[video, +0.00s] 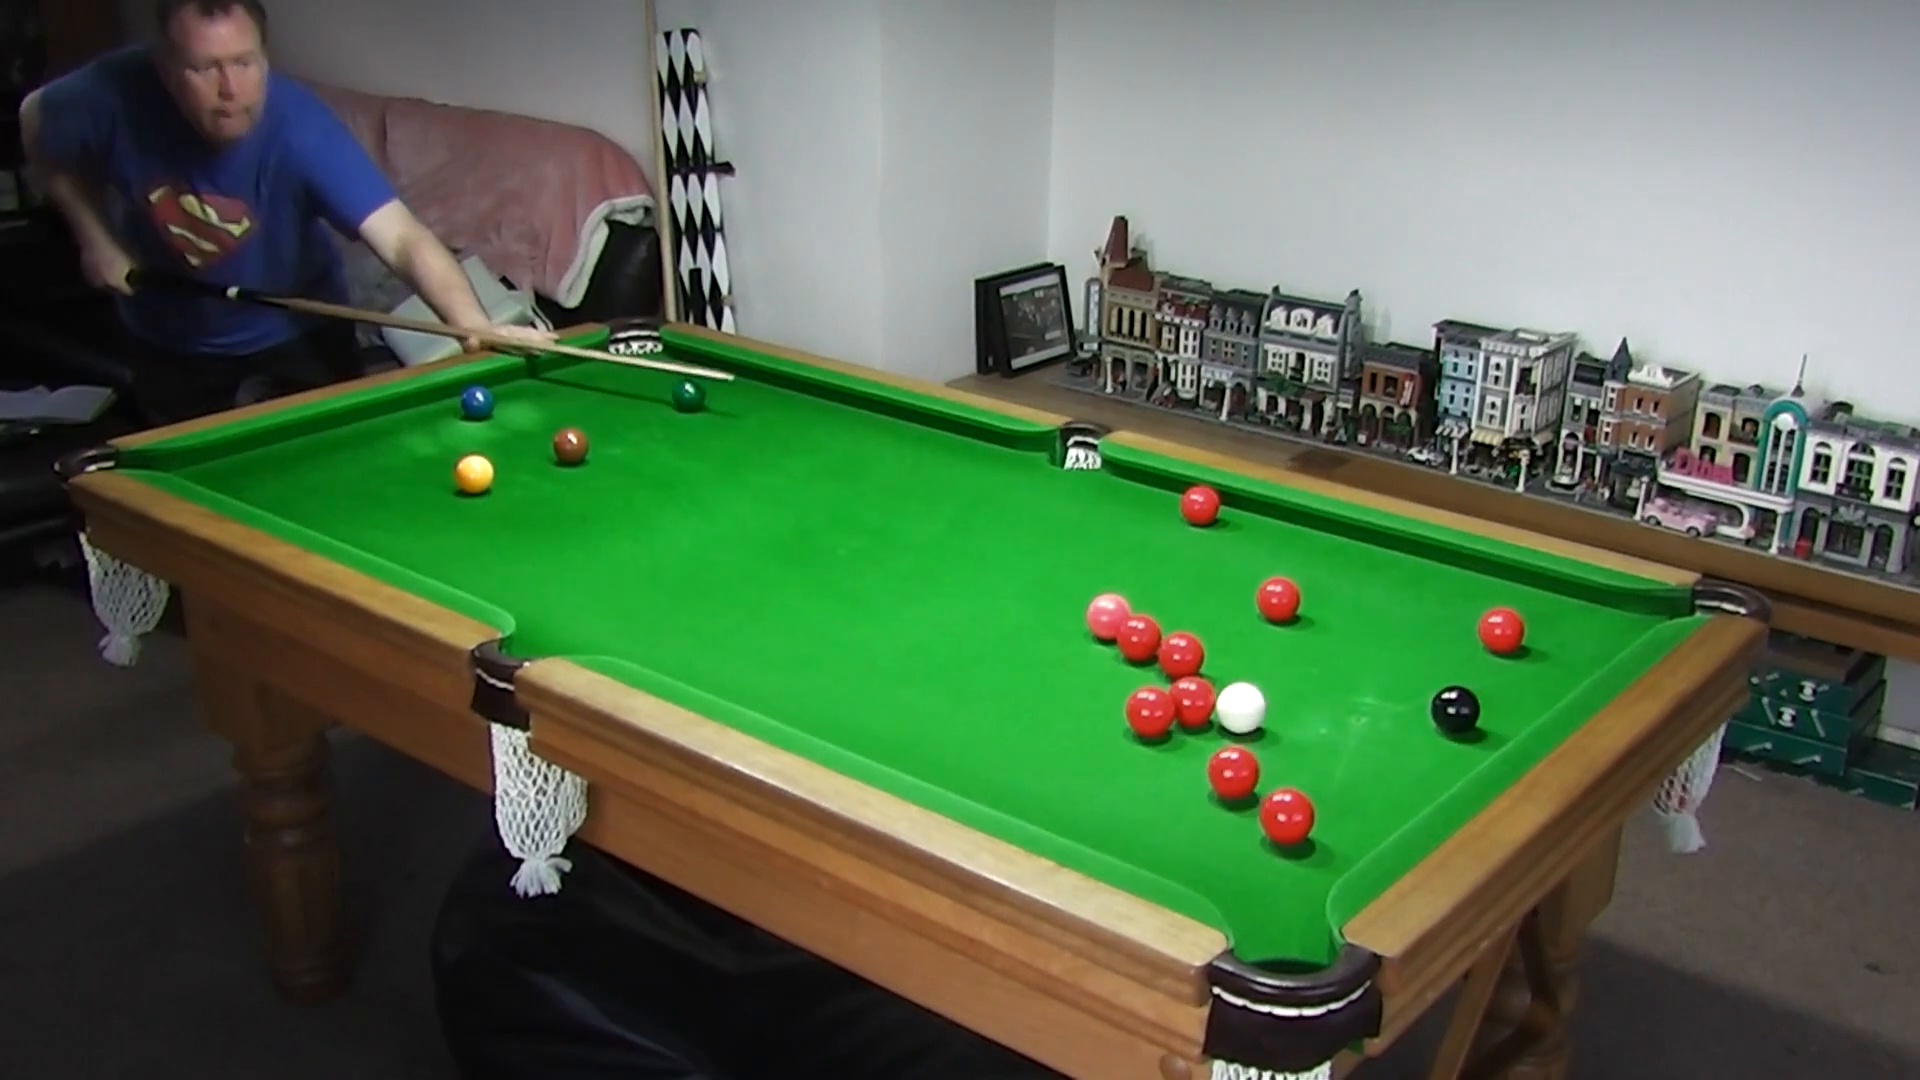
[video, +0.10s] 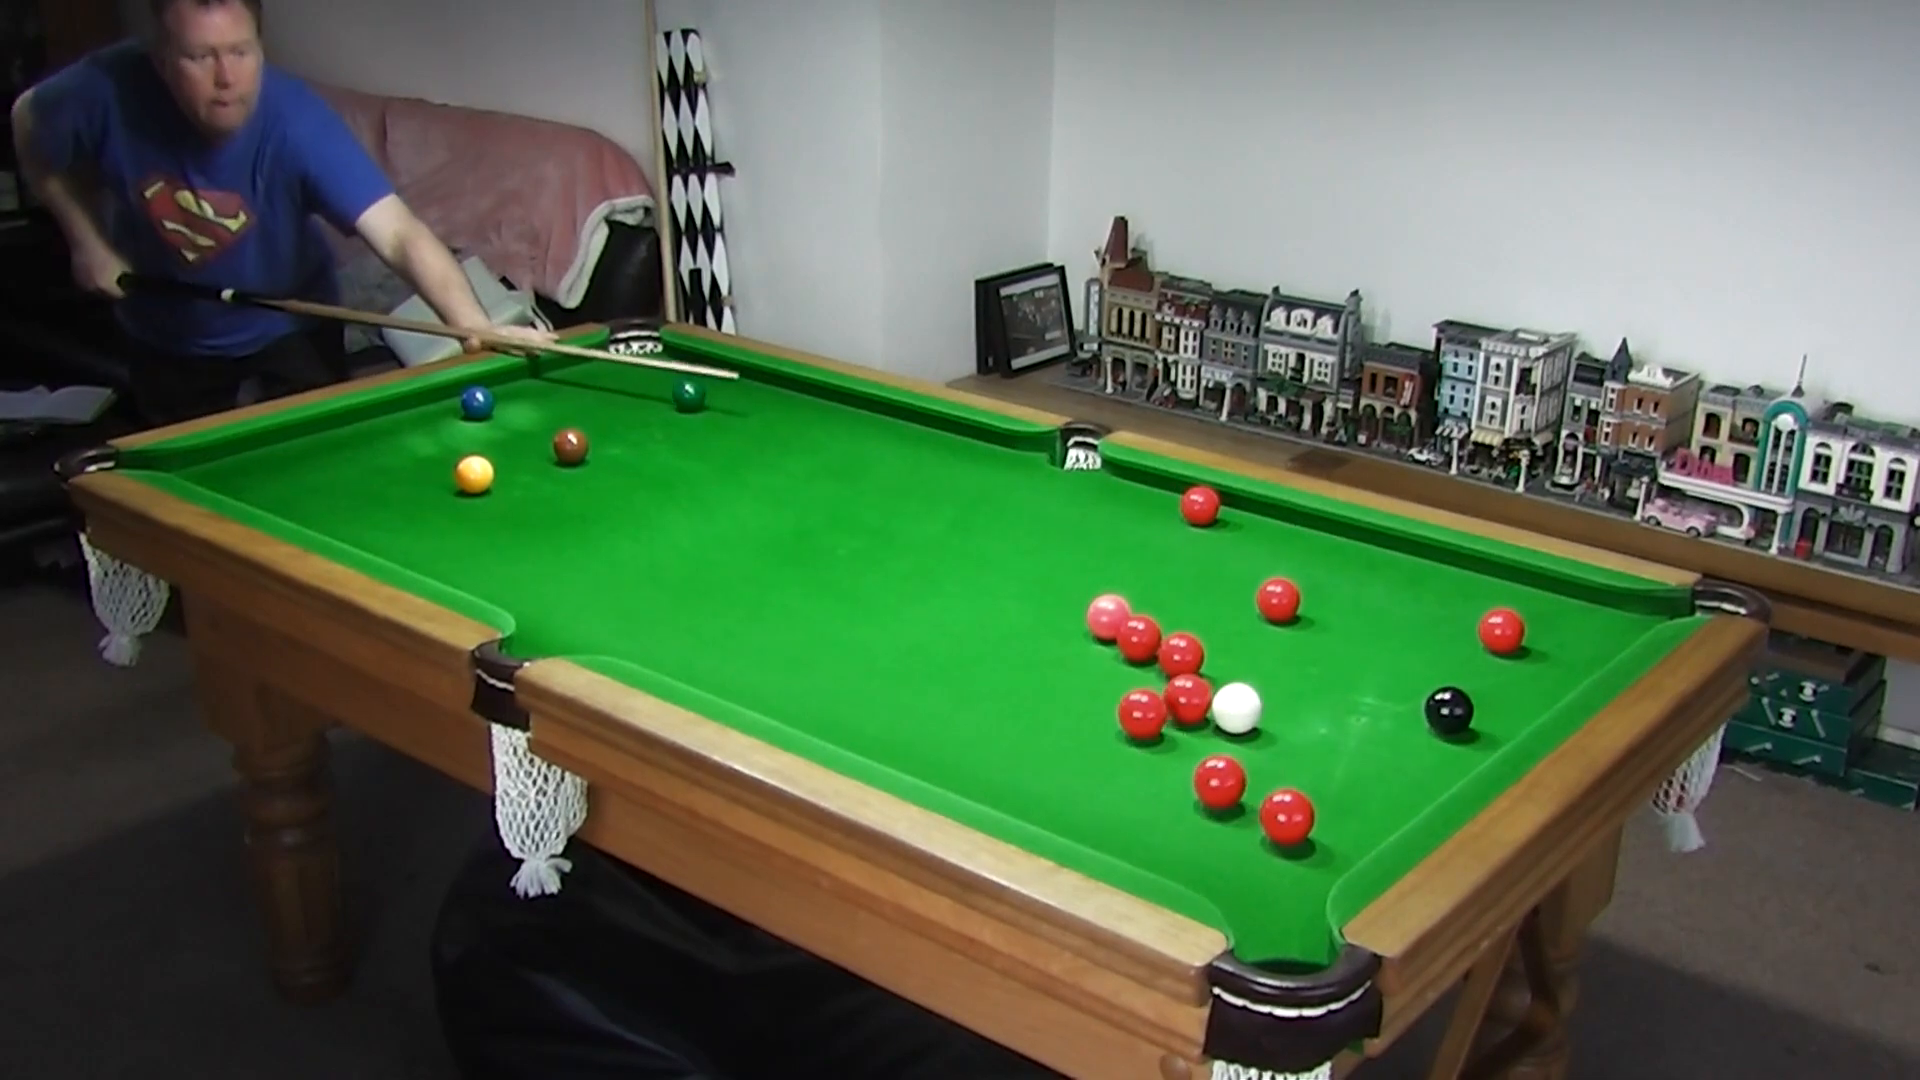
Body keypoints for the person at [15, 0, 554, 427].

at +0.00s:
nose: (229, 87)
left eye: (243, 62)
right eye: (205, 68)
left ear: (264, 56)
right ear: (166, 68)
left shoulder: (300, 125)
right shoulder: (116, 91)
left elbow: (403, 240)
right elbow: (35, 124)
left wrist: (474, 324)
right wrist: (93, 234)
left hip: (296, 327)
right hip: (166, 330)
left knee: (349, 465)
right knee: (194, 490)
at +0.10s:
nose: (225, 76)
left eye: (238, 51)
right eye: (199, 56)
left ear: (259, 46)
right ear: (161, 56)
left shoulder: (294, 116)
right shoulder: (109, 89)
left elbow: (399, 234)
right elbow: (29, 123)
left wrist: (474, 325)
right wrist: (85, 238)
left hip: (288, 322)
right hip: (166, 328)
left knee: (334, 463)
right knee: (187, 487)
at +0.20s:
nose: (220, 61)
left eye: (235, 37)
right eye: (194, 42)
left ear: (255, 36)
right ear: (156, 44)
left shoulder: (293, 112)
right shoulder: (101, 85)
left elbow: (399, 231)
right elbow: (17, 130)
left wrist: (475, 326)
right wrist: (72, 250)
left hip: (268, 324)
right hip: (148, 321)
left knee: (278, 466)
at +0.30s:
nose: (218, 53)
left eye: (231, 30)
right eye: (193, 35)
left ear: (251, 30)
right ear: (153, 41)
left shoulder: (290, 110)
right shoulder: (93, 84)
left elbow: (398, 229)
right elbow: (14, 154)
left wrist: (473, 323)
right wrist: (60, 262)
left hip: (256, 338)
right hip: (131, 334)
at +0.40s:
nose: (212, 37)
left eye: (224, 15)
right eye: (185, 19)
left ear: (242, 21)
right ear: (141, 29)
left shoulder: (286, 109)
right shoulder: (79, 82)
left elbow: (397, 225)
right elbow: (11, 171)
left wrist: (475, 325)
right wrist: (38, 280)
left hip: (237, 359)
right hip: (108, 354)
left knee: (234, 544)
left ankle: (233, 719)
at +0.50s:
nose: (204, 26)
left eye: (215, 5)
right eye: (175, 9)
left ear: (233, 10)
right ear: (131, 21)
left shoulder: (277, 101)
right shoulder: (64, 85)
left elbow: (394, 222)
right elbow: (7, 189)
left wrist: (475, 326)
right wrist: (20, 290)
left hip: (236, 361)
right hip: (96, 361)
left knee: (243, 548)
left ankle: (238, 720)